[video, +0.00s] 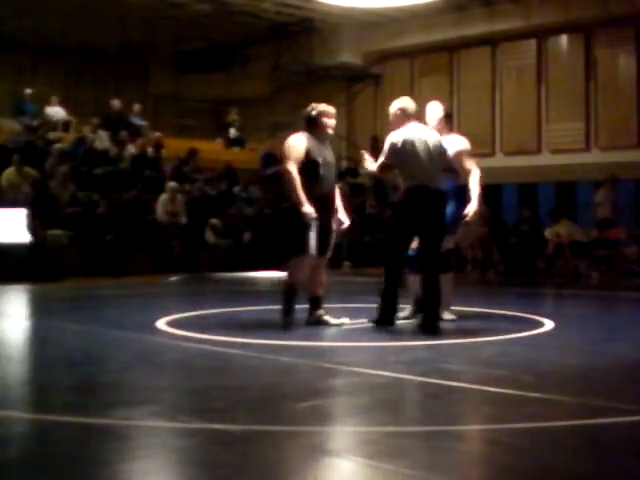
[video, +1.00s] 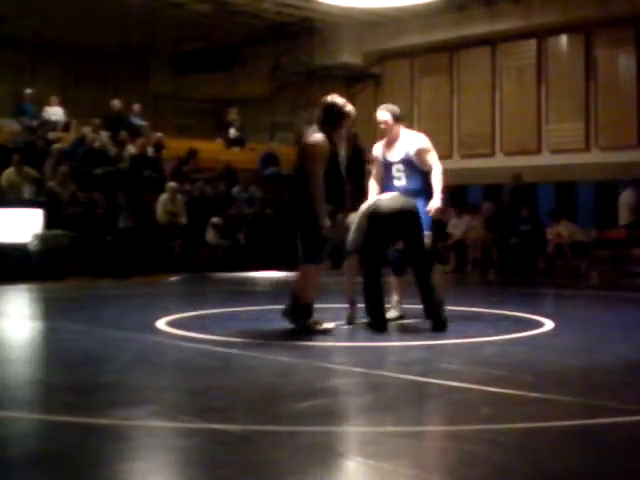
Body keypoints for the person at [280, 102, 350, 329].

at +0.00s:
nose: (333, 124)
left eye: (333, 119)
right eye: (329, 118)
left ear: (329, 122)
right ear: (315, 120)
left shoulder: (327, 147)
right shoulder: (299, 140)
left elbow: (332, 183)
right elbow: (290, 168)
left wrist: (340, 210)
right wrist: (303, 203)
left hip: (325, 209)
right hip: (305, 208)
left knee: (321, 259)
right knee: (304, 257)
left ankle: (316, 309)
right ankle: (288, 309)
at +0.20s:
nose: (335, 121)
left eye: (335, 116)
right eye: (330, 116)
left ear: (328, 120)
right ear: (317, 118)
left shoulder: (327, 146)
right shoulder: (305, 140)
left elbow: (332, 182)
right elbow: (302, 170)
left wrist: (342, 205)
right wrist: (314, 205)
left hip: (329, 209)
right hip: (313, 208)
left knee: (322, 258)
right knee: (311, 257)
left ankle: (317, 306)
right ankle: (305, 307)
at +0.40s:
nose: (338, 122)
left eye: (337, 117)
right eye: (335, 117)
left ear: (317, 119)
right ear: (323, 118)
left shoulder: (310, 141)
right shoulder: (317, 141)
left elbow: (310, 176)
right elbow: (319, 170)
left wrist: (326, 201)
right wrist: (330, 204)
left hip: (308, 207)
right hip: (314, 208)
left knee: (313, 262)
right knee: (313, 262)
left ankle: (313, 310)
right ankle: (311, 312)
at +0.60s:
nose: (340, 126)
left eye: (340, 120)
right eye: (338, 120)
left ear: (313, 119)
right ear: (329, 120)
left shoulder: (298, 143)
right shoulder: (324, 142)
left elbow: (295, 179)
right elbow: (332, 176)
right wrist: (343, 208)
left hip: (299, 208)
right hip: (318, 209)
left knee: (306, 261)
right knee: (311, 261)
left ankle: (303, 311)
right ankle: (305, 313)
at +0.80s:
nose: (338, 127)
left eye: (340, 122)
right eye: (338, 122)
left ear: (317, 117)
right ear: (330, 121)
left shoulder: (303, 142)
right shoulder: (319, 143)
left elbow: (296, 180)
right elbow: (326, 175)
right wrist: (337, 207)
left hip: (300, 208)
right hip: (315, 209)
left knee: (302, 262)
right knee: (310, 263)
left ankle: (286, 313)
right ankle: (304, 317)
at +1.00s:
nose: (347, 128)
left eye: (348, 123)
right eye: (346, 123)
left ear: (327, 118)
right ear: (335, 121)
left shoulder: (319, 141)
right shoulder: (318, 143)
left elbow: (319, 184)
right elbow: (316, 185)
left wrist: (334, 209)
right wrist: (323, 215)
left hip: (311, 209)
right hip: (311, 210)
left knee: (312, 261)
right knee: (314, 262)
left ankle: (297, 306)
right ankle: (303, 313)